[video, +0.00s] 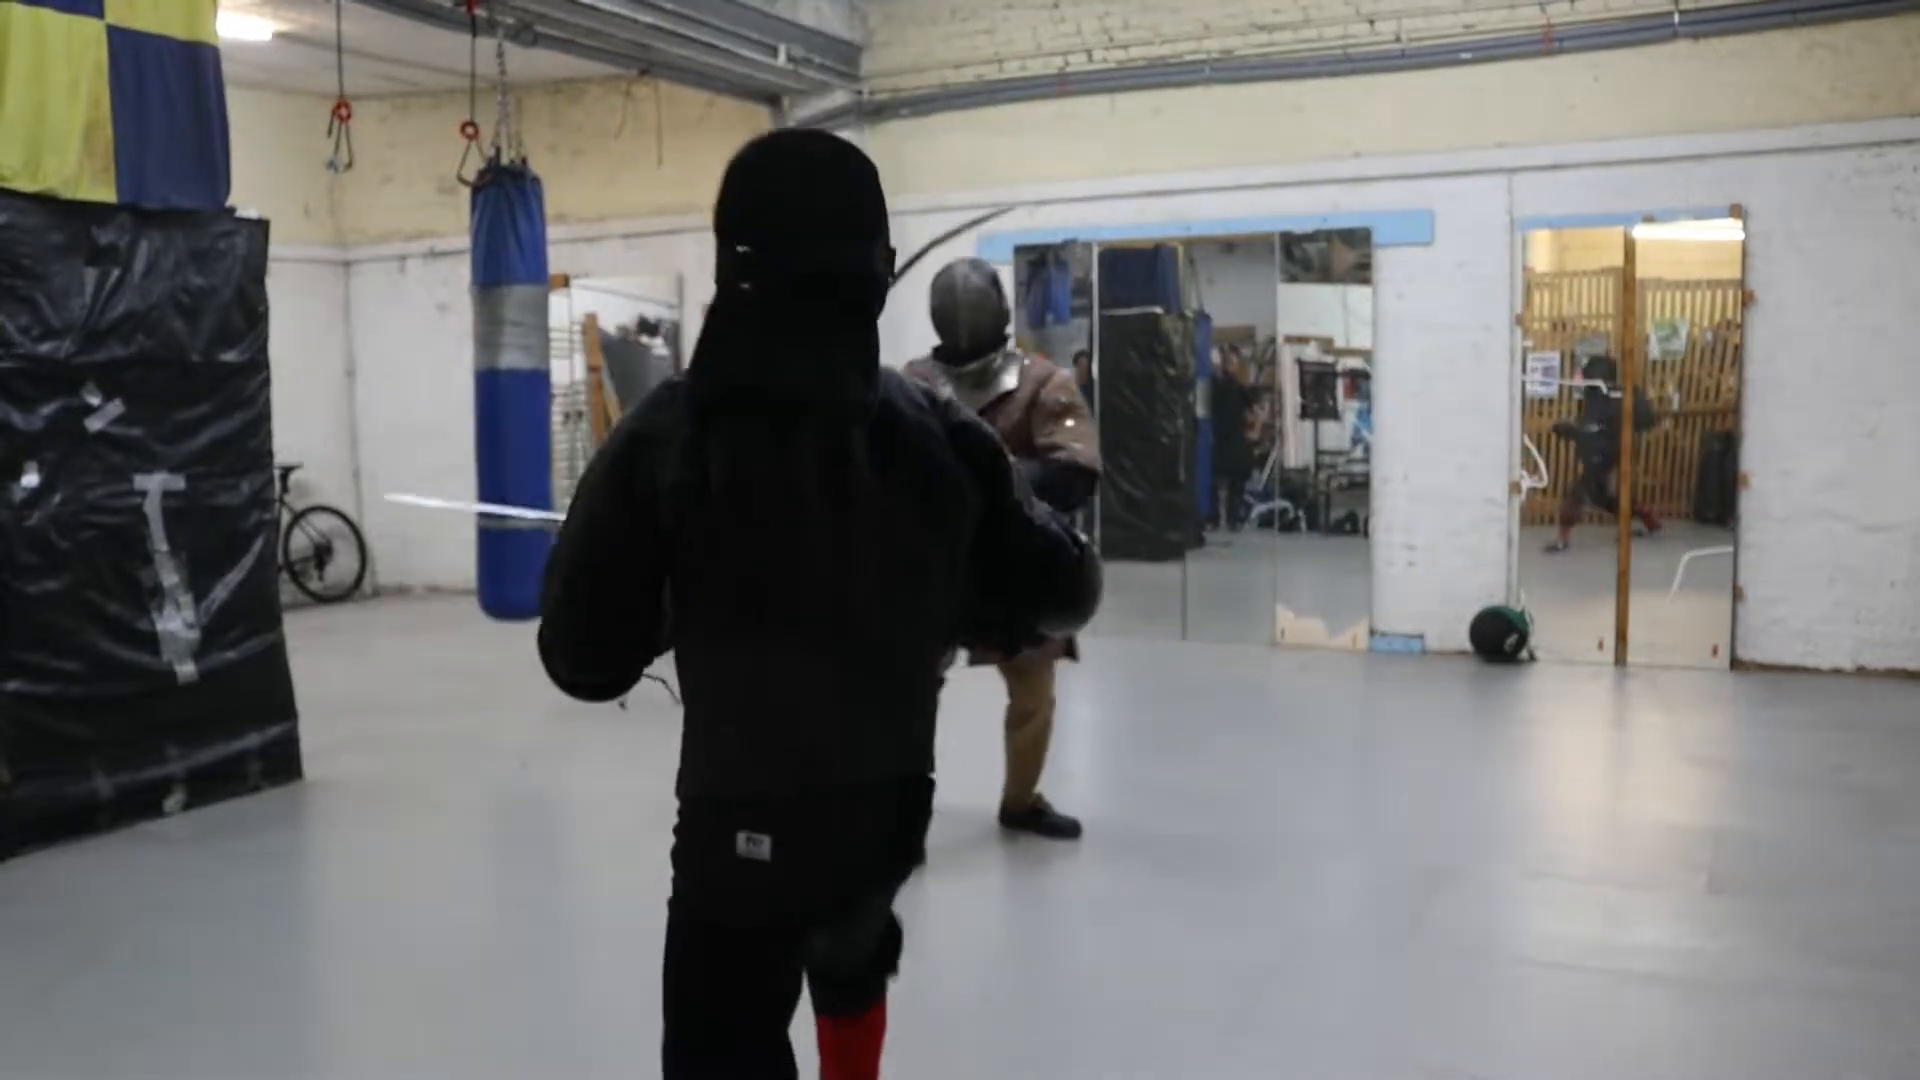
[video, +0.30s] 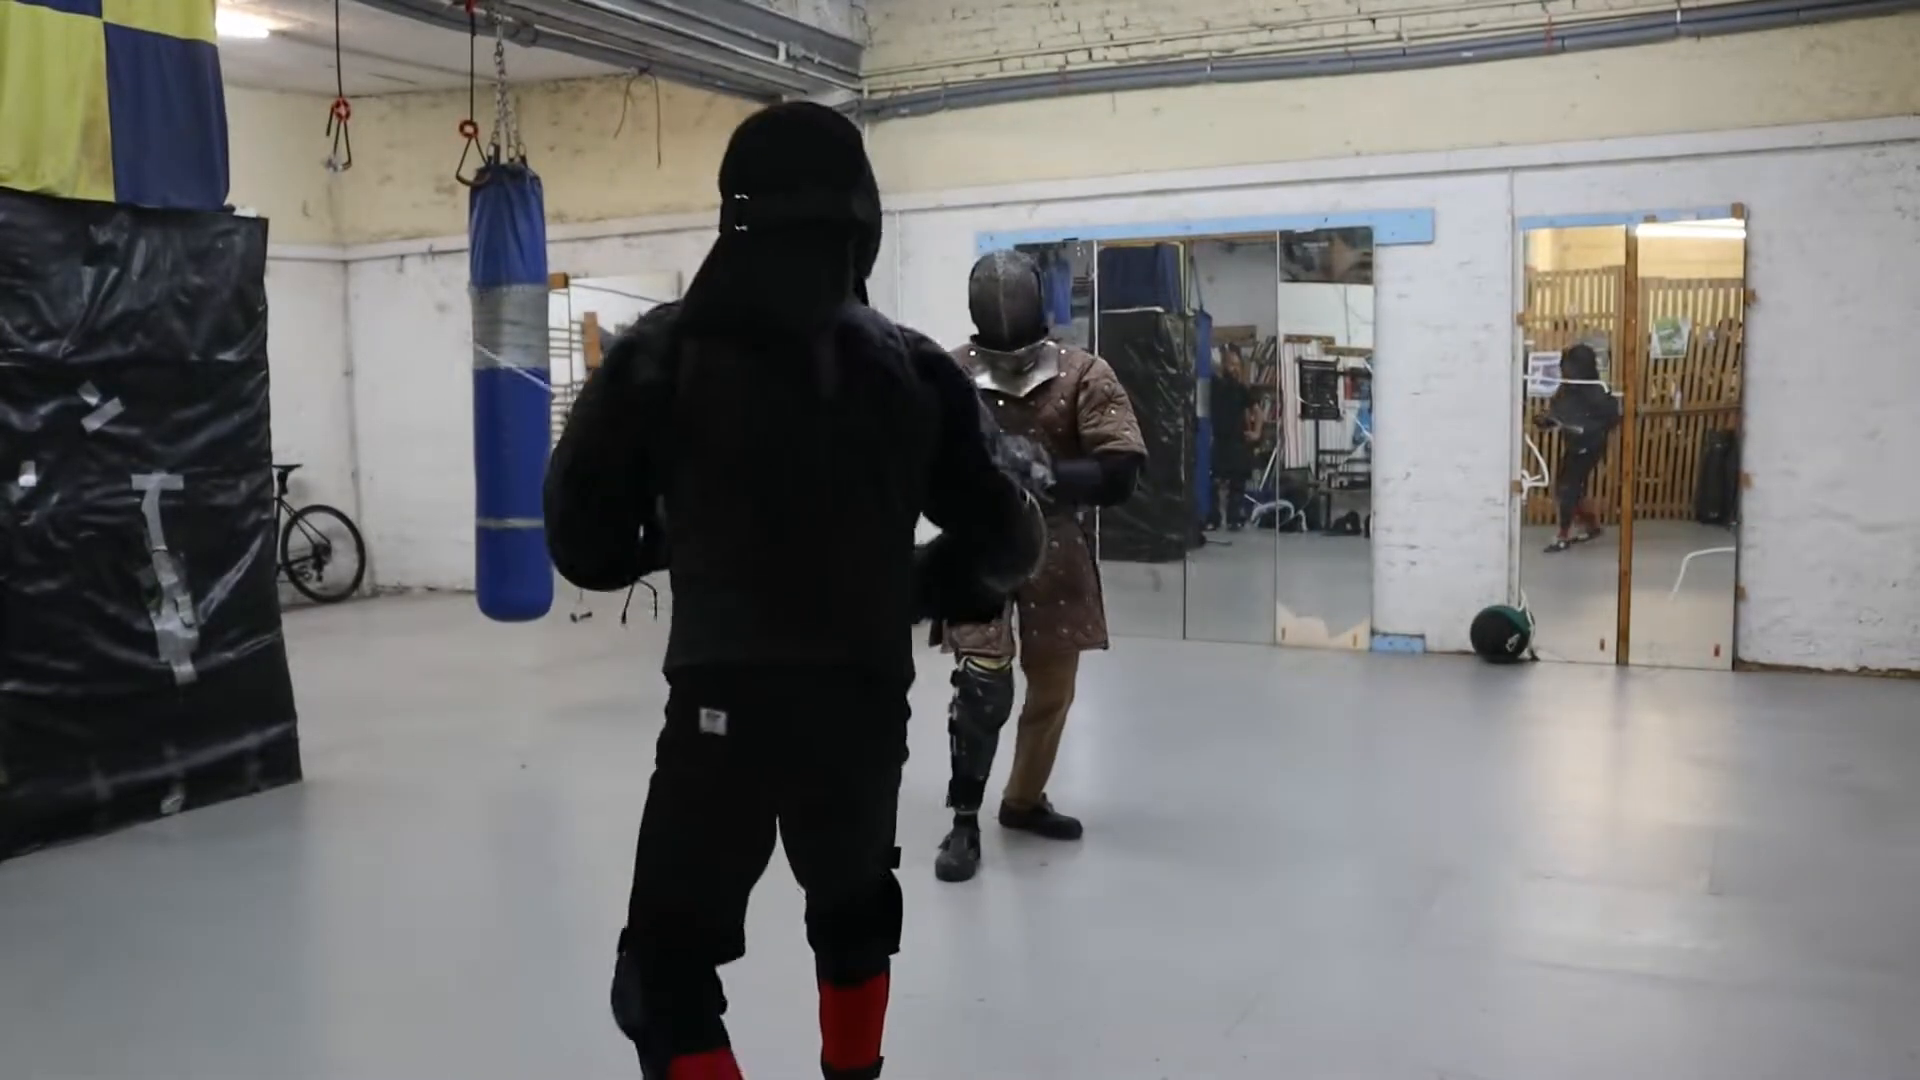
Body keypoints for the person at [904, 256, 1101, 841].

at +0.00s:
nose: (965, 350)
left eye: (976, 335)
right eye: (952, 334)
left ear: (1000, 321)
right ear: (938, 325)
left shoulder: (1045, 383)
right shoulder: (916, 386)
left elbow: (1077, 471)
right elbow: (890, 477)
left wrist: (993, 480)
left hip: (1023, 565)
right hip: (936, 562)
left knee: (1033, 693)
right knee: (912, 685)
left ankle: (1020, 799)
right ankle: (899, 803)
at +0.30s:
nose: (1010, 368)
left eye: (1023, 355)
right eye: (997, 358)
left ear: (1042, 327)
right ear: (977, 333)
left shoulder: (1085, 375)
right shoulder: (952, 378)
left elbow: (1122, 468)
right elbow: (925, 461)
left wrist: (1048, 474)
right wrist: (979, 460)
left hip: (1058, 561)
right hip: (977, 555)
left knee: (1052, 693)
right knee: (985, 693)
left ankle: (1024, 802)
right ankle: (963, 822)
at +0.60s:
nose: (1021, 365)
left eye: (1033, 351)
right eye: (1008, 353)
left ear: (1052, 326)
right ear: (988, 330)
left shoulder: (1092, 377)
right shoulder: (960, 383)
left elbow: (1128, 475)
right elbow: (925, 483)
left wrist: (1065, 500)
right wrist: (946, 535)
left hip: (1071, 548)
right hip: (993, 549)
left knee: (1105, 685)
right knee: (998, 696)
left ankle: (1078, 787)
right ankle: (961, 828)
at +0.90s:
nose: (1075, 367)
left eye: (1086, 353)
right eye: (1059, 354)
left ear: (1103, 327)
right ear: (1038, 334)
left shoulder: (1143, 373)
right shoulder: (1019, 391)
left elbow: (1195, 464)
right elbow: (1009, 513)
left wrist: (1152, 482)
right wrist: (1051, 566)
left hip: (1134, 548)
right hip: (1057, 554)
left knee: (1166, 682)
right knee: (1040, 698)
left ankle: (1147, 809)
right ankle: (975, 826)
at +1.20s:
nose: (1115, 357)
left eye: (1126, 344)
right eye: (1102, 345)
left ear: (1146, 325)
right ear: (1084, 329)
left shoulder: (1189, 377)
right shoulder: (1055, 381)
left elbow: (1235, 462)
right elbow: (1016, 456)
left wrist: (1175, 464)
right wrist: (1001, 495)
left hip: (1168, 546)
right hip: (1089, 546)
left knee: (1180, 692)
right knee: (1083, 686)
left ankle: (1148, 809)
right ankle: (1055, 832)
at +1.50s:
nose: (1115, 366)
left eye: (1129, 353)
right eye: (1103, 351)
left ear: (1153, 333)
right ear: (1082, 332)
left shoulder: (1190, 391)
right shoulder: (1044, 373)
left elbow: (1237, 490)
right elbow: (939, 374)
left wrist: (1166, 493)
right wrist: (907, 318)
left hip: (1164, 557)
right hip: (1082, 557)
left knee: (1196, 695)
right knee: (1087, 719)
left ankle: (1164, 787)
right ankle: (1056, 877)